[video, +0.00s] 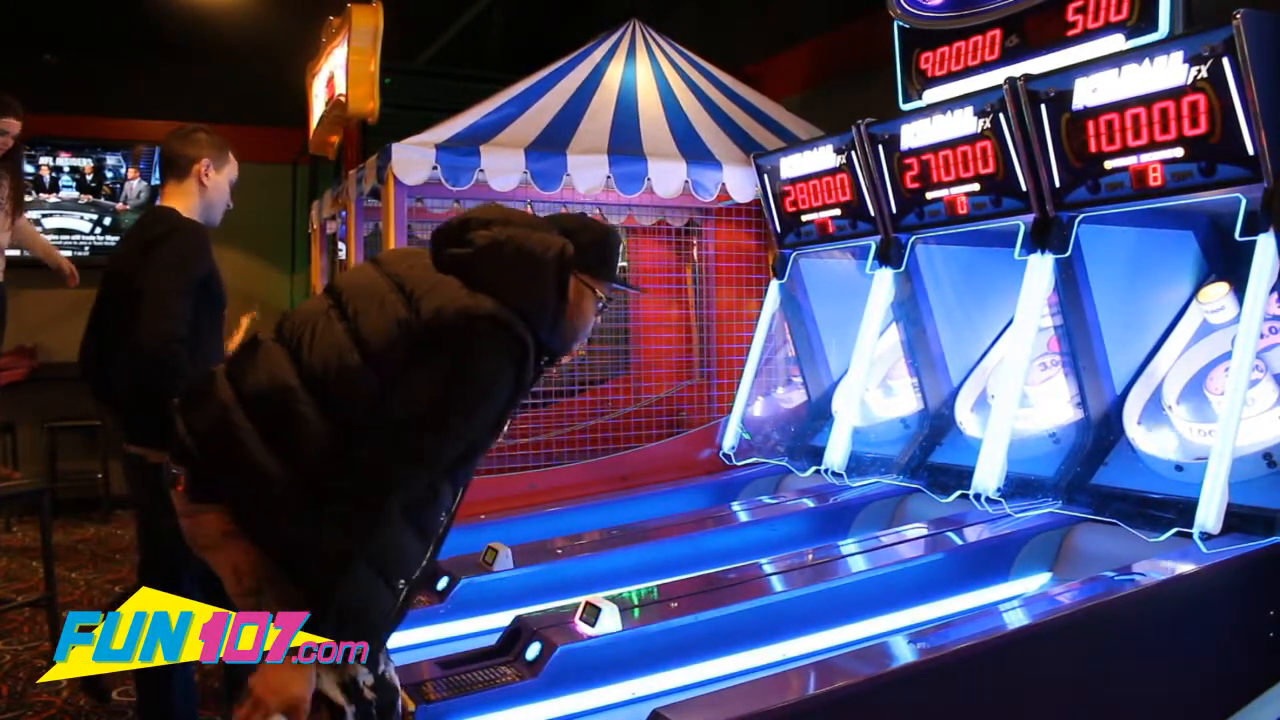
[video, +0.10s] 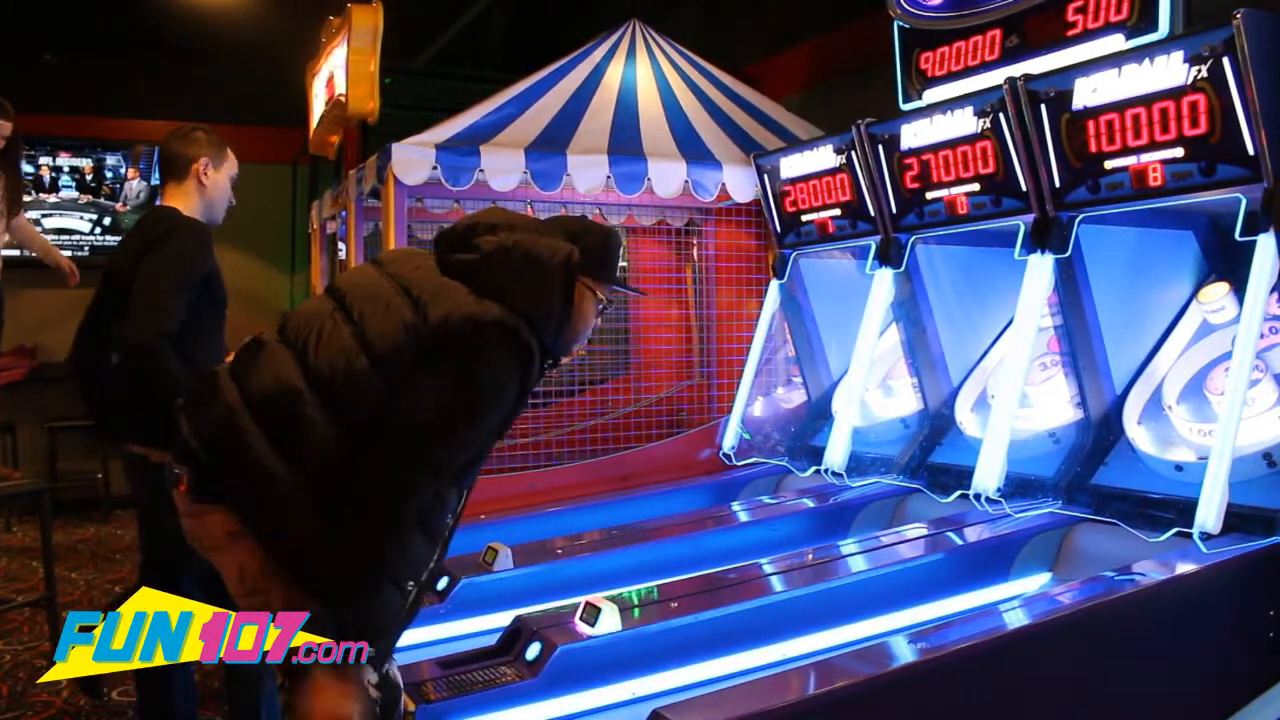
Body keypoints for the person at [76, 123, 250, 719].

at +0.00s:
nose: (231, 197)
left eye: (232, 183)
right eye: (229, 182)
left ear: (182, 174)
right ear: (205, 172)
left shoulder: (141, 234)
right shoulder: (183, 240)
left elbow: (96, 352)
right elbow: (170, 348)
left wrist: (134, 423)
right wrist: (180, 443)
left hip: (141, 444)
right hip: (173, 448)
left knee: (162, 578)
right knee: (185, 586)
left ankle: (160, 696)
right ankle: (171, 700)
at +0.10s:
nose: (233, 196)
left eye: (234, 182)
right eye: (231, 181)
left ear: (185, 173)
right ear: (203, 173)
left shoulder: (146, 233)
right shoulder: (186, 239)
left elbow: (89, 351)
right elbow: (153, 344)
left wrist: (133, 431)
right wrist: (183, 444)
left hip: (148, 449)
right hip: (178, 452)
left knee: (165, 586)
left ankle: (164, 702)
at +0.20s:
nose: (235, 192)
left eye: (235, 177)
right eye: (232, 176)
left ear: (186, 173)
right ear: (203, 172)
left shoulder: (149, 235)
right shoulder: (183, 240)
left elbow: (86, 345)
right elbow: (145, 343)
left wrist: (121, 433)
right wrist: (160, 444)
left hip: (156, 456)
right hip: (186, 457)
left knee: (171, 604)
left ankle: (167, 705)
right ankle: (254, 708)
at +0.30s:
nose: (237, 188)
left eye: (236, 175)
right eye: (232, 174)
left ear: (187, 174)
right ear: (202, 173)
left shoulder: (150, 235)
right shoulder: (181, 241)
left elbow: (85, 337)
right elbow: (130, 337)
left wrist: (101, 436)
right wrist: (147, 442)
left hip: (159, 453)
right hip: (183, 452)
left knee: (171, 589)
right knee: (200, 596)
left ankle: (157, 692)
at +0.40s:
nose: (236, 188)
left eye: (235, 175)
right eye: (231, 174)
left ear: (187, 174)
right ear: (201, 173)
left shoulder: (148, 238)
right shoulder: (180, 242)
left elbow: (89, 352)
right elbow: (129, 346)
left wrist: (108, 451)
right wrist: (143, 452)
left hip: (160, 458)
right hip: (180, 458)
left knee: (171, 609)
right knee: (193, 611)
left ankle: (166, 706)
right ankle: (178, 706)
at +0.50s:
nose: (234, 187)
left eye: (234, 173)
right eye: (230, 173)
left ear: (186, 173)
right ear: (199, 172)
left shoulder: (149, 239)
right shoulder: (177, 243)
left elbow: (96, 356)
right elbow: (140, 352)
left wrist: (120, 456)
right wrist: (156, 456)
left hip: (159, 462)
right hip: (184, 462)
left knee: (172, 608)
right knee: (197, 610)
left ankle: (168, 706)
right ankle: (179, 707)